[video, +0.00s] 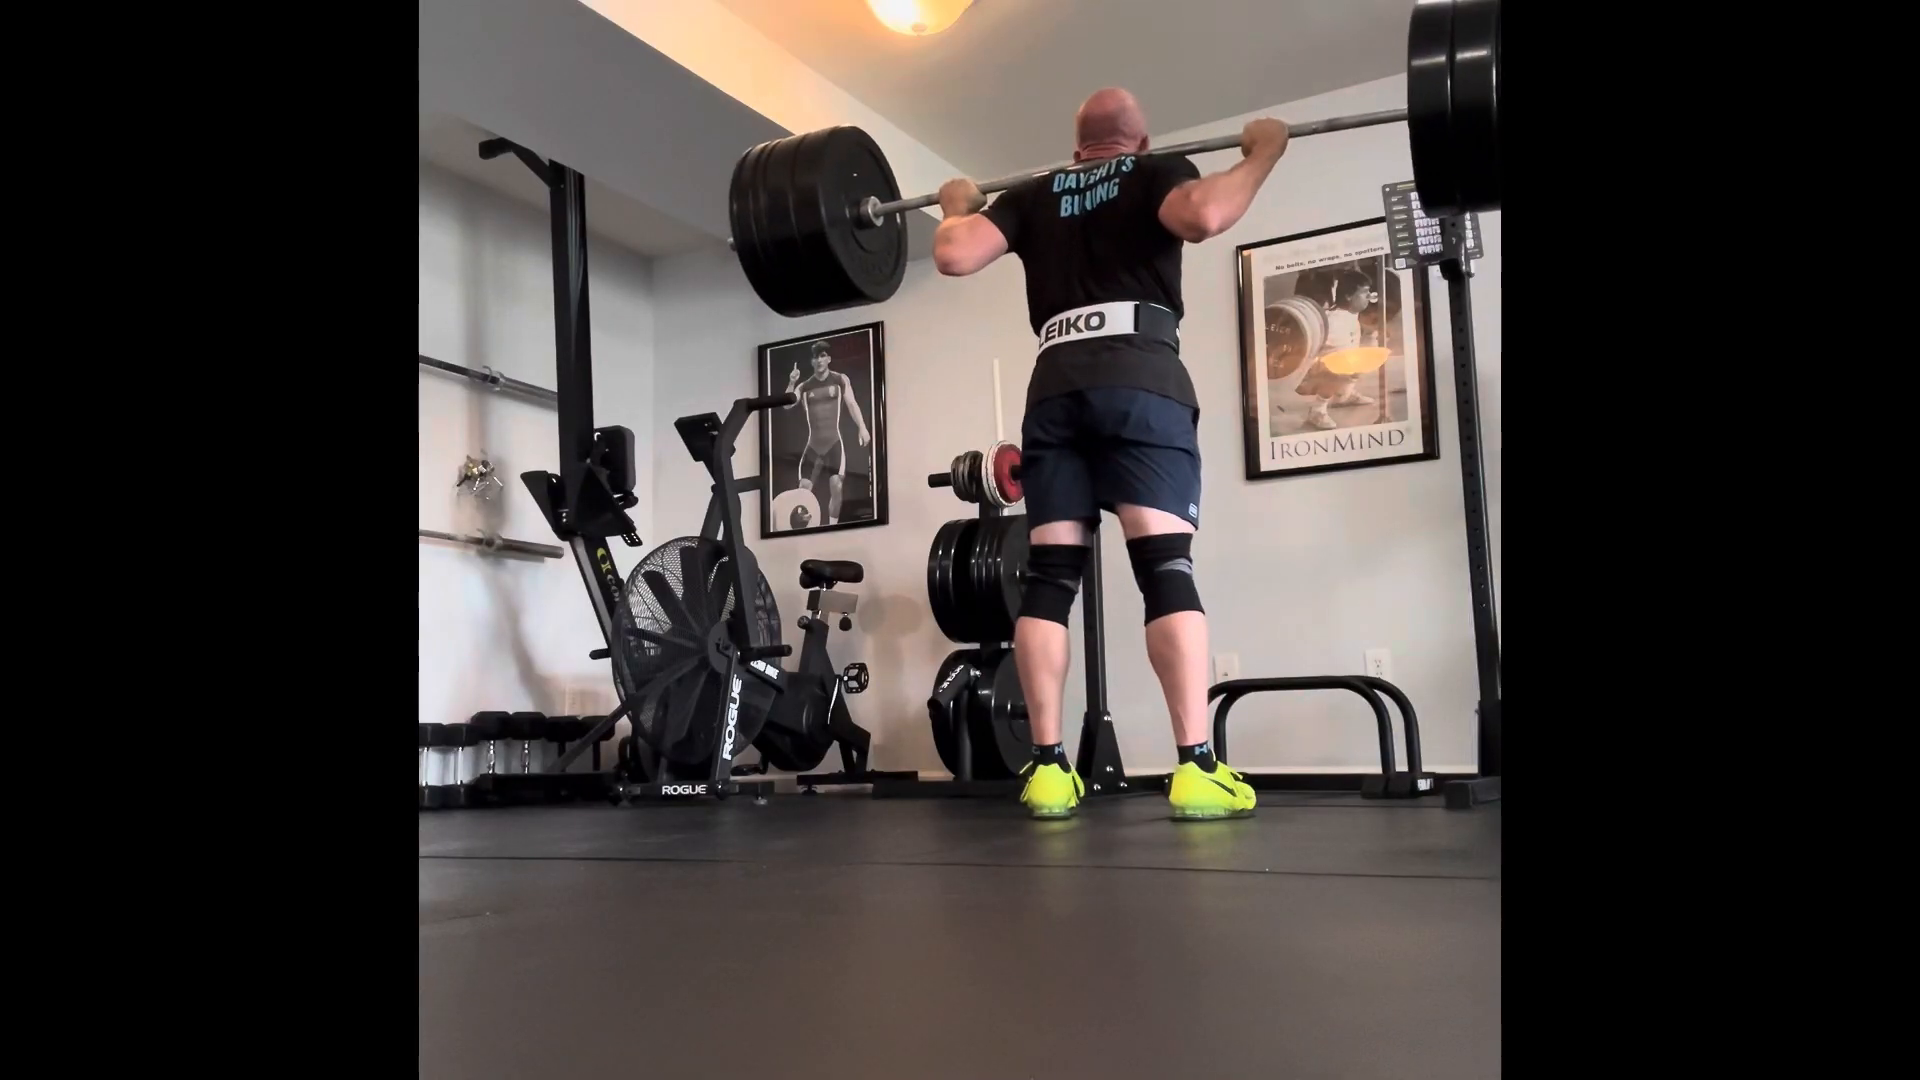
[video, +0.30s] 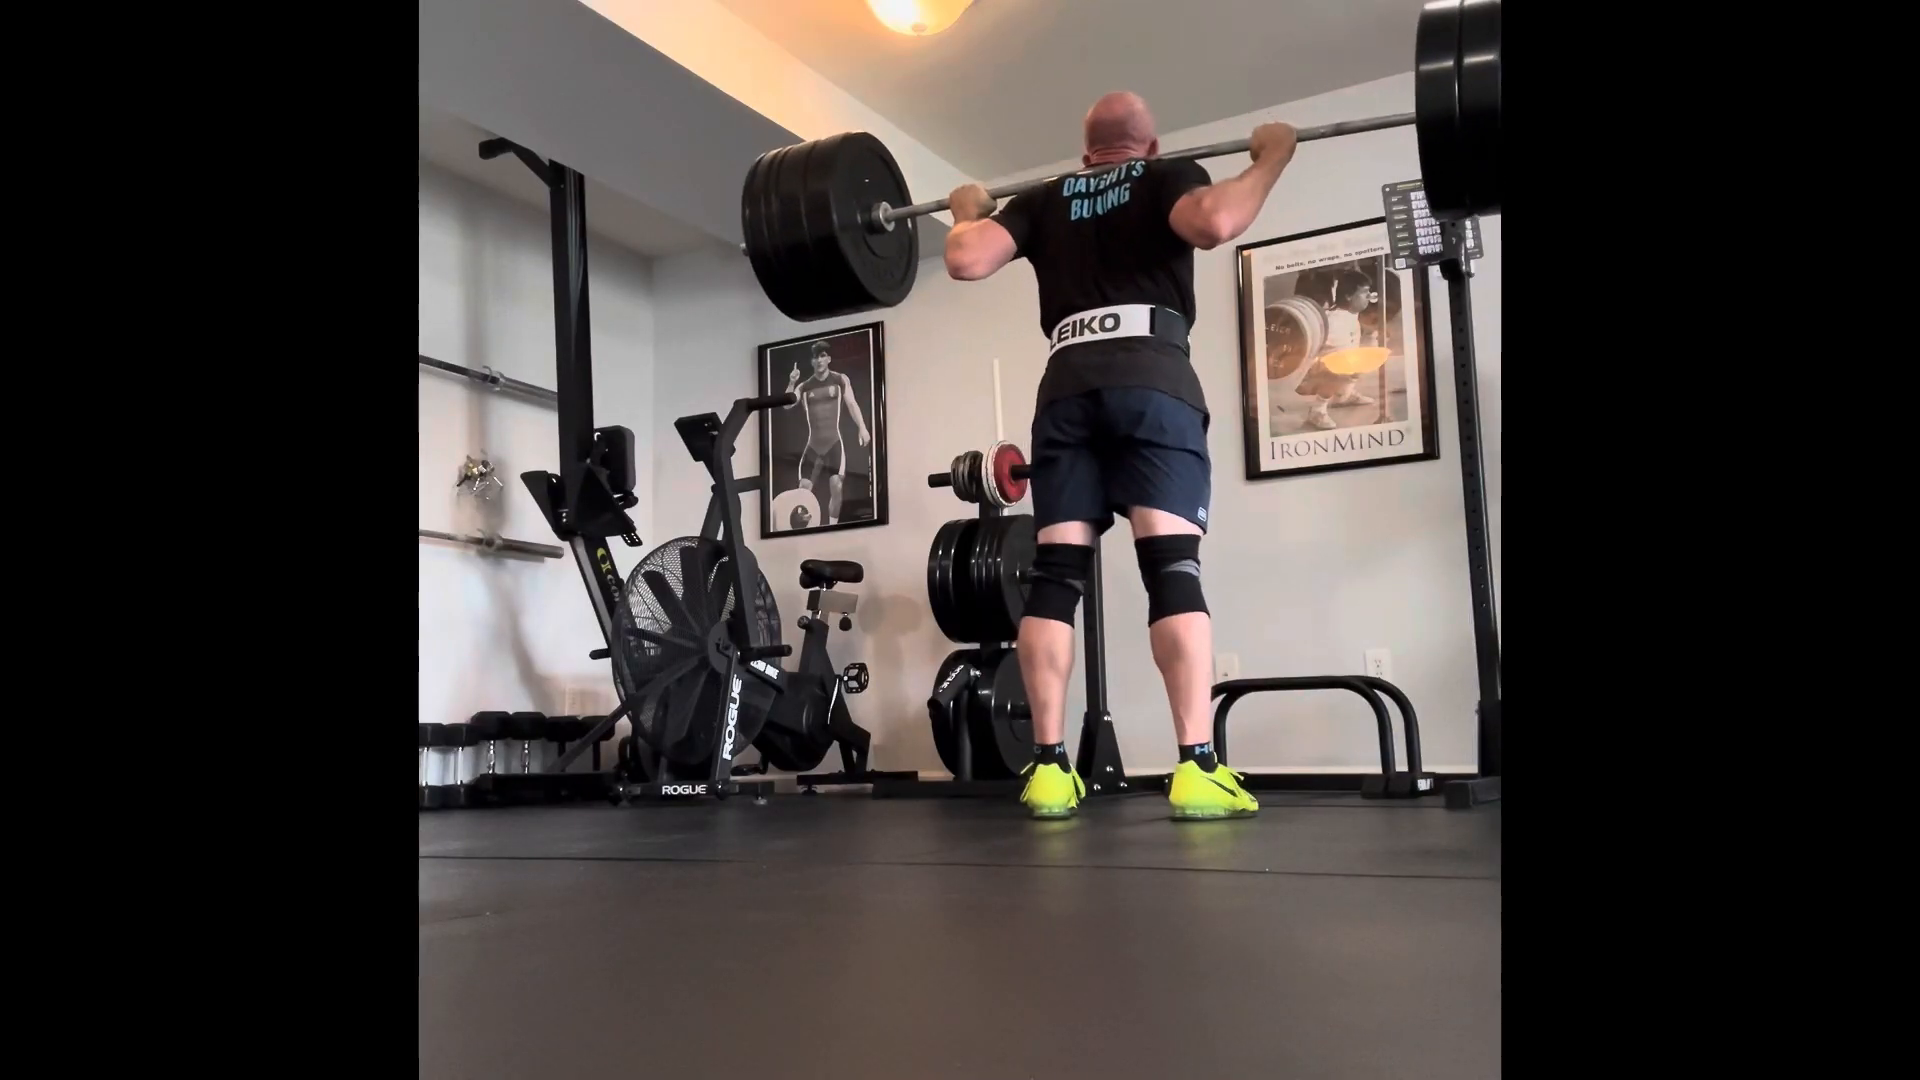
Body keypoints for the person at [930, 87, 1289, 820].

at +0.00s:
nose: (1132, 145)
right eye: (1140, 136)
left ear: (1074, 145)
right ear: (1143, 140)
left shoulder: (1031, 194)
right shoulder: (1155, 170)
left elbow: (955, 254)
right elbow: (1204, 214)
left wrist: (956, 206)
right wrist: (1261, 153)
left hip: (1056, 379)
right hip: (1144, 373)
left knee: (1050, 575)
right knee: (1165, 569)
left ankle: (1047, 764)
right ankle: (1196, 764)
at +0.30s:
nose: (1143, 151)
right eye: (1149, 141)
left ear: (1083, 149)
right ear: (1152, 145)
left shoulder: (1042, 200)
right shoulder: (1165, 175)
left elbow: (966, 258)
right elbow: (1213, 222)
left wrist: (966, 213)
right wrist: (1269, 159)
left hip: (1067, 379)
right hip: (1155, 375)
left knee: (1056, 573)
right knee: (1171, 568)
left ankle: (1049, 764)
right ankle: (1196, 763)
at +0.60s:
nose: (1150, 153)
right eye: (1153, 144)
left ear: (1087, 154)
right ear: (1154, 149)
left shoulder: (1046, 204)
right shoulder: (1165, 179)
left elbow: (969, 261)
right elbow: (1219, 217)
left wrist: (970, 216)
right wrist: (1272, 159)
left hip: (1065, 384)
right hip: (1151, 380)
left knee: (1057, 574)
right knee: (1171, 570)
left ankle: (1050, 764)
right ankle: (1197, 763)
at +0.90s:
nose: (1150, 159)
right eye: (1152, 150)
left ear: (1086, 159)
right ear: (1153, 156)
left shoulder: (1045, 209)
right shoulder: (1165, 186)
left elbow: (967, 263)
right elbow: (1217, 223)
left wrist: (971, 217)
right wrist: (1270, 166)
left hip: (1059, 387)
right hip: (1148, 382)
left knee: (1056, 578)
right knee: (1180, 575)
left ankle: (1051, 763)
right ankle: (1197, 761)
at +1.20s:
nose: (1148, 206)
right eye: (1149, 198)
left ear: (1083, 206)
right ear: (1149, 203)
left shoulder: (1039, 255)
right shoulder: (1161, 233)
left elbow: (960, 307)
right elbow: (1211, 269)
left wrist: (969, 262)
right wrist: (1268, 214)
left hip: (1053, 425)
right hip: (1145, 413)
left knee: (1054, 599)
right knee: (1212, 586)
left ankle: (1051, 766)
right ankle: (1201, 765)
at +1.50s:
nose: (1152, 264)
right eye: (1152, 256)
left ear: (1083, 263)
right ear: (1152, 262)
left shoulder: (1040, 313)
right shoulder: (1165, 291)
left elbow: (957, 374)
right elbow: (1214, 336)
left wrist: (967, 324)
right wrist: (1268, 280)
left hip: (1045, 460)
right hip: (1138, 449)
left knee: (1056, 616)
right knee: (1226, 603)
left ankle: (1050, 766)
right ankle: (1201, 766)